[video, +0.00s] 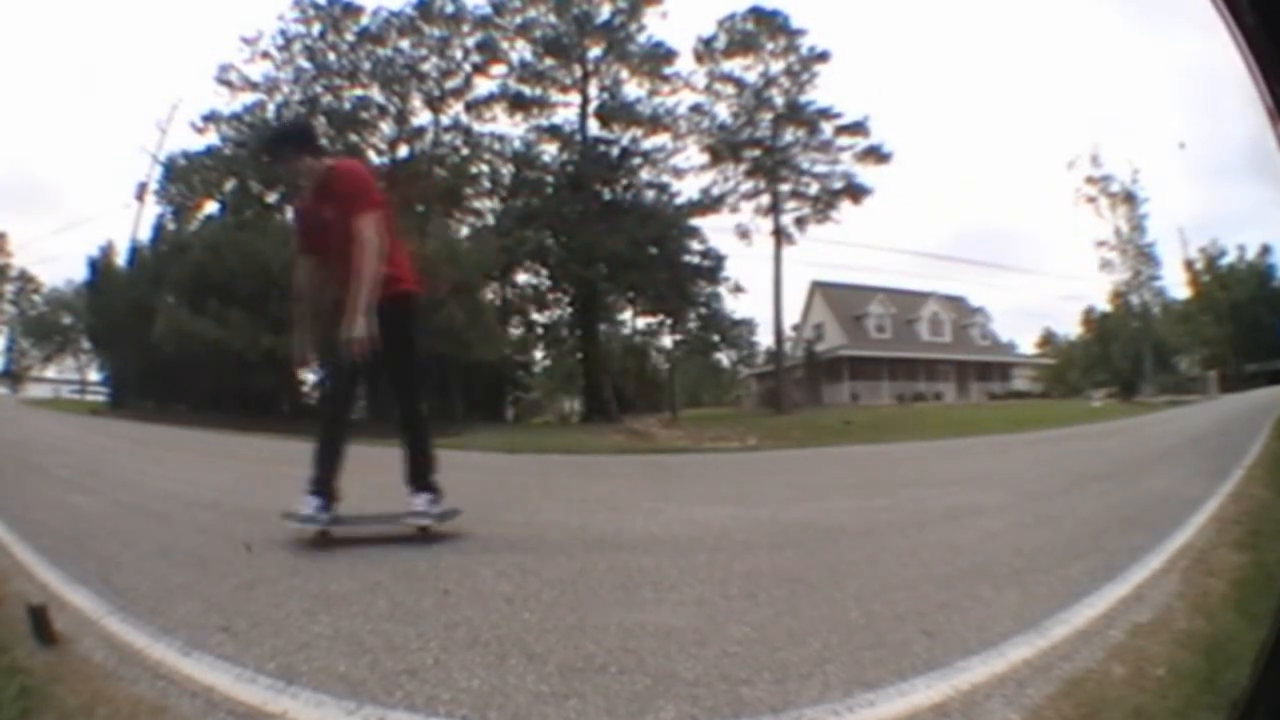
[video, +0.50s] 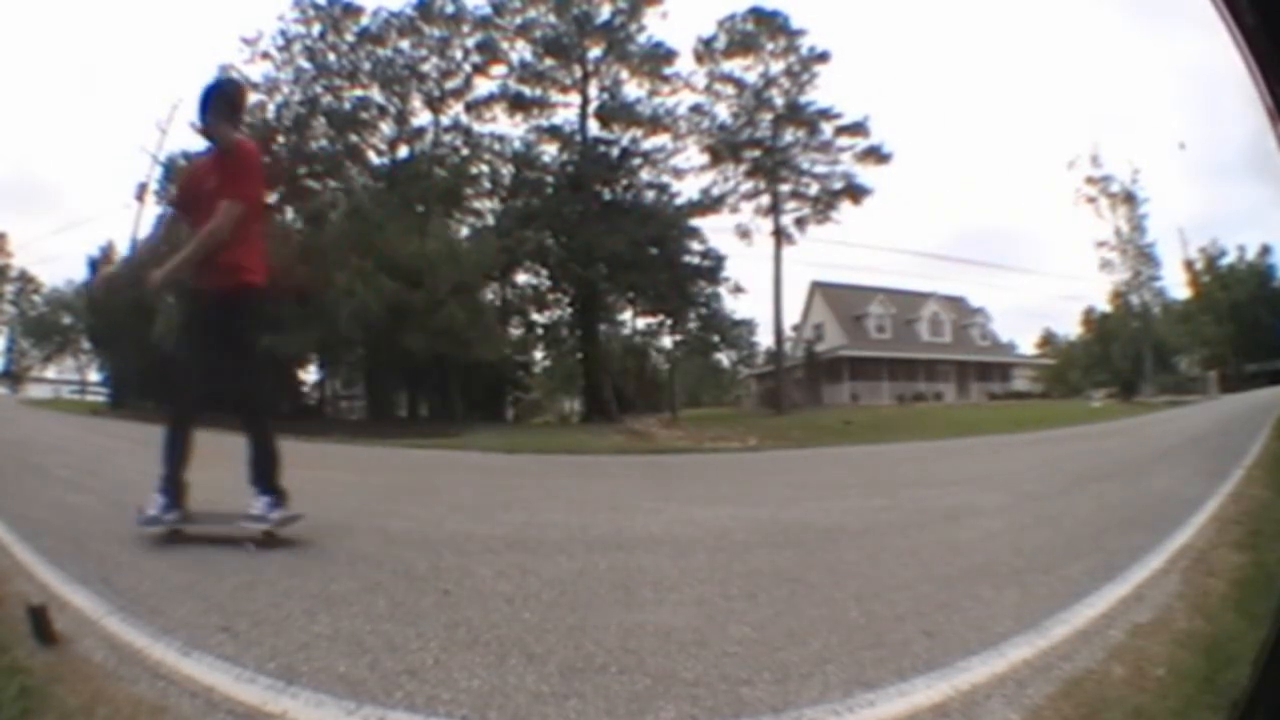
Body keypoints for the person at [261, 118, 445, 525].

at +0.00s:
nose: (288, 175)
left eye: (289, 165)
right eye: (282, 168)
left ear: (305, 154)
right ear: (287, 166)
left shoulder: (350, 175)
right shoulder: (306, 208)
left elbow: (370, 248)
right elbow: (307, 275)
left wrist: (360, 314)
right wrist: (305, 339)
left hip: (389, 298)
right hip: (347, 304)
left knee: (405, 392)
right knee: (335, 396)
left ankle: (424, 488)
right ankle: (322, 495)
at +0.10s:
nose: (263, 169)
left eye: (267, 157)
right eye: (259, 160)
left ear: (289, 149)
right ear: (269, 157)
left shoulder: (331, 177)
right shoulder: (285, 205)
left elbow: (315, 250)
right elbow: (266, 268)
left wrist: (288, 315)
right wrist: (243, 329)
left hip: (365, 303)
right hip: (321, 307)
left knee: (378, 397)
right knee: (305, 395)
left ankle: (391, 491)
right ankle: (288, 494)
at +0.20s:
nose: (245, 155)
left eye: (250, 144)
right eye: (241, 147)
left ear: (273, 138)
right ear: (244, 146)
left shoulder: (307, 171)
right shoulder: (261, 189)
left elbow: (276, 238)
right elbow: (232, 246)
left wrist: (229, 299)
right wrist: (190, 305)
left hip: (335, 300)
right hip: (293, 302)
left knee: (347, 395)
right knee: (276, 393)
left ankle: (362, 492)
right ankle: (258, 493)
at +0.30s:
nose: (230, 147)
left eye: (234, 136)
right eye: (226, 139)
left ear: (254, 129)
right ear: (231, 138)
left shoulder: (283, 164)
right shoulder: (241, 182)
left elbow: (253, 233)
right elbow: (203, 236)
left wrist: (194, 278)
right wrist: (151, 283)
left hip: (304, 298)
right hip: (263, 300)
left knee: (312, 394)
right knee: (246, 394)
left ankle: (332, 493)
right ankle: (229, 495)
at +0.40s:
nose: (218, 133)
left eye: (223, 124)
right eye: (215, 125)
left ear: (242, 120)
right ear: (217, 124)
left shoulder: (269, 161)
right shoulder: (220, 174)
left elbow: (237, 224)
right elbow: (185, 227)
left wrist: (181, 264)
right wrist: (135, 267)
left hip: (273, 293)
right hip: (232, 294)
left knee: (283, 391)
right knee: (216, 390)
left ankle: (301, 491)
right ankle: (200, 494)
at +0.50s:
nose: (204, 123)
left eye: (212, 115)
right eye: (205, 115)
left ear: (226, 113)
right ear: (208, 116)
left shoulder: (243, 154)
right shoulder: (199, 168)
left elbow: (226, 220)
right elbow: (169, 229)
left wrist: (172, 269)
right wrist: (125, 267)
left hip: (240, 291)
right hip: (200, 293)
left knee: (250, 391)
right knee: (181, 390)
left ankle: (269, 491)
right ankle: (171, 496)